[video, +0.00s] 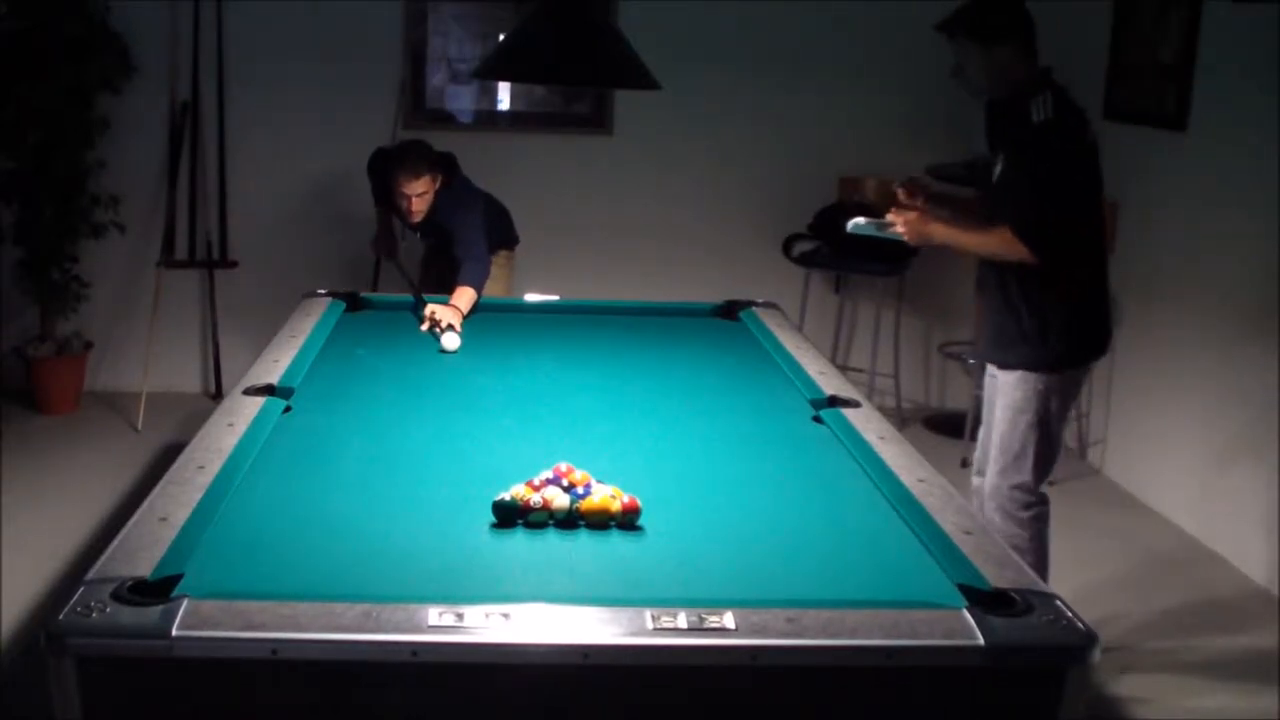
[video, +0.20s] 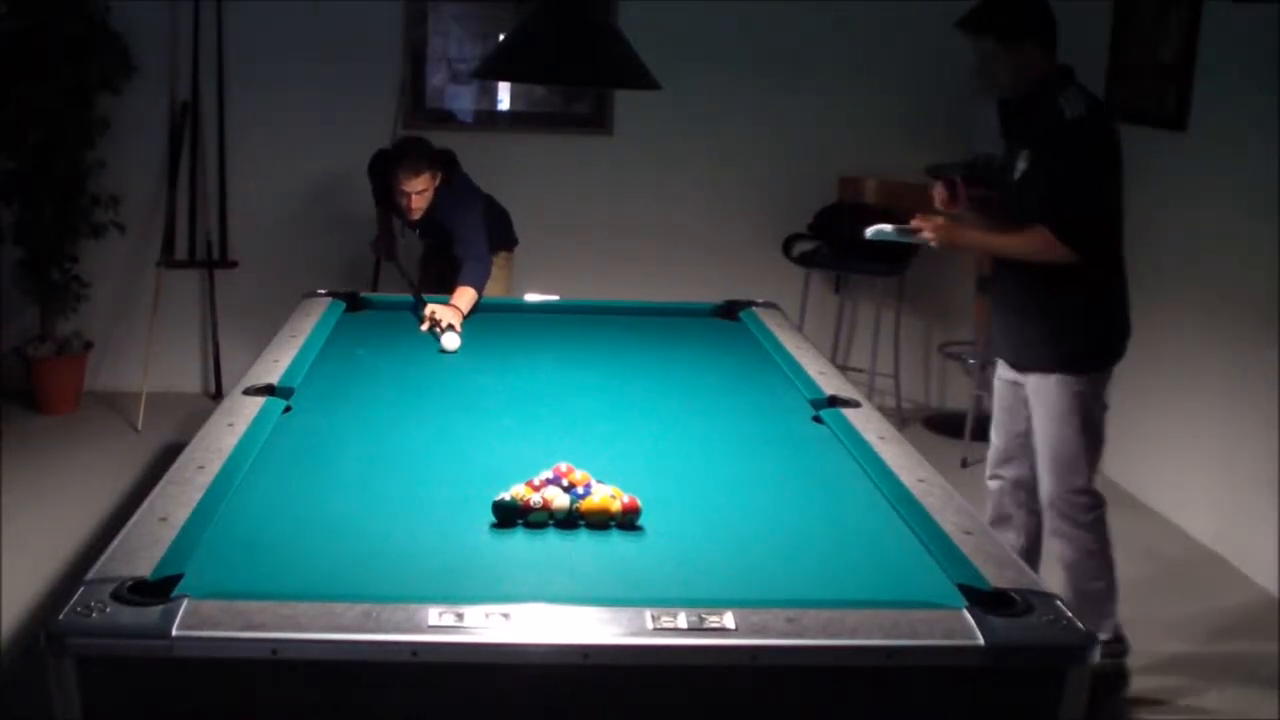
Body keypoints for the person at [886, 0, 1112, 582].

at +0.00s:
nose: (960, 72)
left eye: (967, 57)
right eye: (959, 57)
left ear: (1001, 52)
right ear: (1010, 53)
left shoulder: (1049, 119)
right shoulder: (1019, 113)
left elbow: (1034, 241)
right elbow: (1009, 213)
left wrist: (939, 233)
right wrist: (941, 200)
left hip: (1043, 342)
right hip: (1013, 334)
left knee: (1012, 492)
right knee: (988, 481)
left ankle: (1024, 629)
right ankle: (997, 617)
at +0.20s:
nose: (985, 69)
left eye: (993, 54)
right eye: (983, 55)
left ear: (1026, 49)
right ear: (1017, 51)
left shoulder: (1077, 118)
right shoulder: (1024, 113)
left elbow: (1069, 242)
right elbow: (1030, 215)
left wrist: (968, 237)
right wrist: (973, 204)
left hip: (1070, 346)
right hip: (1019, 338)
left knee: (1068, 502)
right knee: (1009, 487)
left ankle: (1097, 644)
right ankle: (1003, 627)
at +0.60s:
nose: (1101, 78)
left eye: (1114, 63)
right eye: (1099, 63)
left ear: (1157, 63)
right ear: (1106, 62)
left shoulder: (1226, 153)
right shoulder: (1101, 139)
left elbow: (1226, 275)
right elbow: (1086, 238)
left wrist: (1102, 265)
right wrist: (1046, 247)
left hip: (1176, 381)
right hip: (1091, 366)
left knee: (1177, 538)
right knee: (1049, 503)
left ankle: (1188, 682)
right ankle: (1012, 636)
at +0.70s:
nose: (1121, 75)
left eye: (1137, 60)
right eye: (1125, 60)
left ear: (1186, 64)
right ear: (1150, 70)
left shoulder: (1258, 156)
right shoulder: (1129, 146)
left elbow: (1263, 282)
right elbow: (1099, 241)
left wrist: (1149, 277)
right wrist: (1081, 251)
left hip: (1213, 391)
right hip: (1122, 375)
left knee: (1199, 547)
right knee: (1060, 505)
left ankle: (1191, 678)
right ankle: (1018, 634)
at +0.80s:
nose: (1171, 76)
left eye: (1186, 63)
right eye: (1170, 61)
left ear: (1228, 64)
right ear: (1172, 65)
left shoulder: (1276, 146)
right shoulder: (1153, 142)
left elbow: (1276, 277)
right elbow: (1114, 260)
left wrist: (1185, 278)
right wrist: (1124, 262)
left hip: (1239, 382)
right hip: (1146, 370)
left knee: (1214, 550)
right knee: (1078, 515)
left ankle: (1194, 682)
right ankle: (1041, 650)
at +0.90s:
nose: (1228, 90)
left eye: (1242, 78)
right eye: (1220, 74)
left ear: (1266, 80)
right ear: (1205, 72)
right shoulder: (1174, 138)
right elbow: (1138, 248)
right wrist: (1154, 256)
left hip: (1262, 380)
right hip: (1167, 363)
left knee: (1232, 553)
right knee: (1111, 523)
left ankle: (1195, 681)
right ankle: (1094, 663)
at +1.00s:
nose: (1245, 78)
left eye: (1255, 65)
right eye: (1237, 61)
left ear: (1275, 71)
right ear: (1222, 60)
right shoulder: (1192, 134)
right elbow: (1140, 230)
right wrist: (1170, 269)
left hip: (1271, 372)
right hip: (1192, 360)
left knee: (1246, 546)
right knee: (1161, 535)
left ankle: (1198, 681)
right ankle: (1145, 681)